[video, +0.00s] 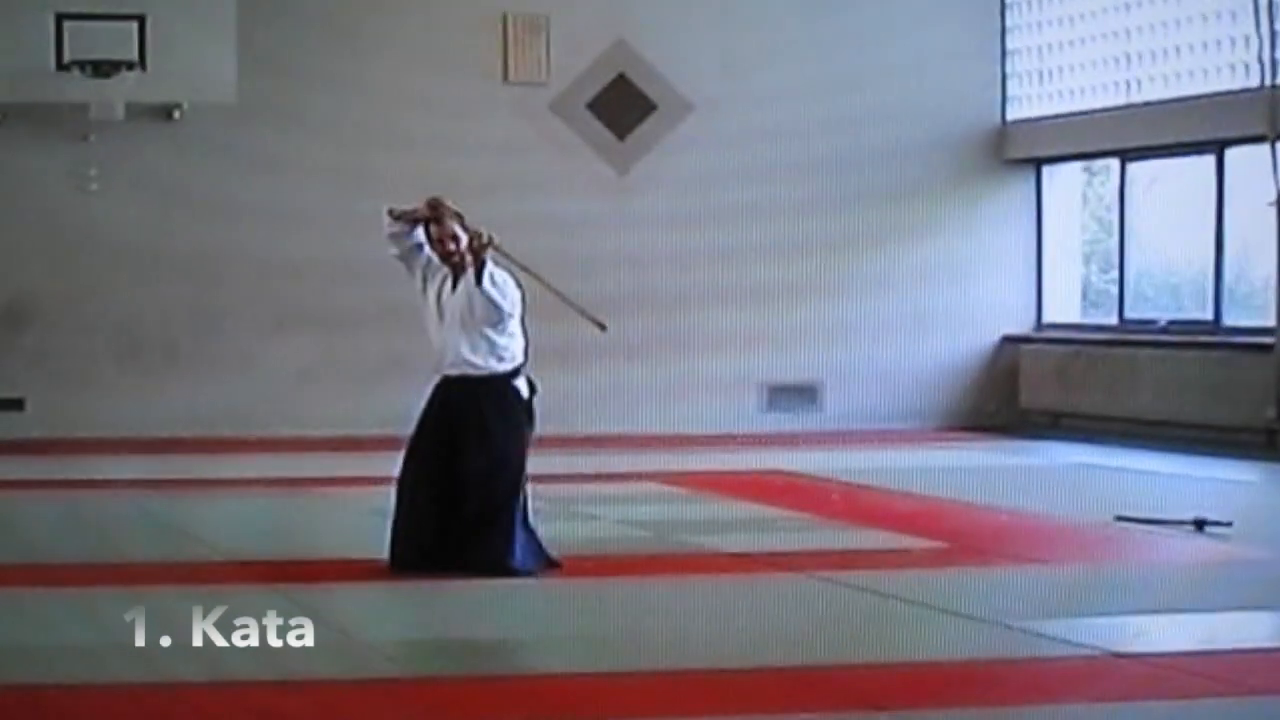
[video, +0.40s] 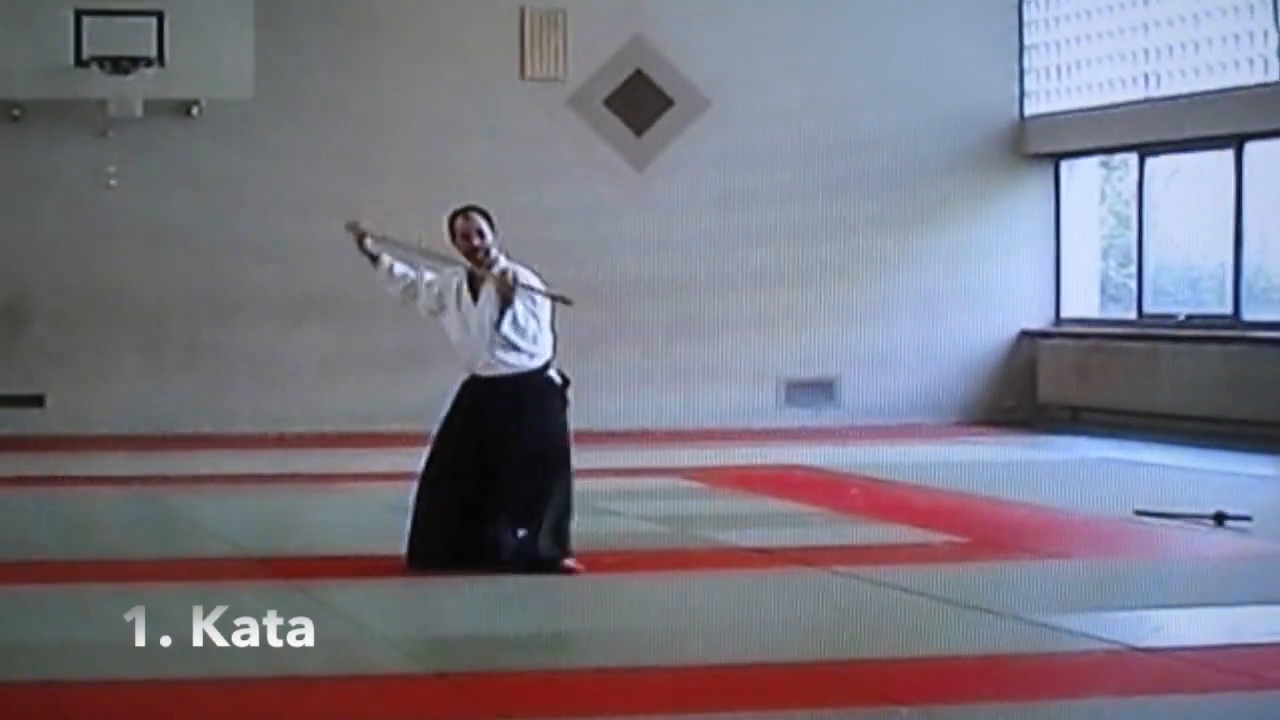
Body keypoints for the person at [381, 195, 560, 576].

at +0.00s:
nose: (447, 248)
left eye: (453, 238)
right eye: (439, 242)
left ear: (466, 237)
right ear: (431, 246)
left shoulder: (495, 278)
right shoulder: (434, 277)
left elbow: (501, 310)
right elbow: (404, 244)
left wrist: (480, 267)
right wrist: (413, 220)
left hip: (497, 387)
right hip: (452, 384)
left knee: (491, 475)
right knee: (424, 470)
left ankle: (494, 556)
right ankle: (424, 554)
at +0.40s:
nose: (474, 243)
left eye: (479, 233)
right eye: (464, 238)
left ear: (494, 234)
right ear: (456, 246)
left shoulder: (523, 279)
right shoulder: (453, 287)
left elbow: (537, 339)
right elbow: (411, 281)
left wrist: (510, 297)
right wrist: (375, 255)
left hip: (531, 388)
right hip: (482, 387)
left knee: (538, 470)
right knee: (451, 466)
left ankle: (545, 551)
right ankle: (442, 551)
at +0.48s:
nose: (484, 242)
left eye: (489, 234)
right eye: (474, 237)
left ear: (502, 236)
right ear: (466, 245)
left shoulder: (529, 281)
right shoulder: (462, 287)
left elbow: (543, 297)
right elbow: (421, 298)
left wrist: (508, 285)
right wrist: (378, 279)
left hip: (537, 390)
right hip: (487, 389)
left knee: (558, 470)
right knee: (454, 470)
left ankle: (577, 549)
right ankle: (437, 554)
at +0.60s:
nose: (509, 245)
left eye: (515, 236)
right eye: (499, 239)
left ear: (528, 238)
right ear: (490, 246)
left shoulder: (556, 289)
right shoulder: (481, 290)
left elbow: (572, 351)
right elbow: (457, 335)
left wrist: (545, 338)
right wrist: (410, 330)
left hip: (553, 395)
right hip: (503, 393)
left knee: (574, 476)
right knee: (471, 470)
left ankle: (602, 551)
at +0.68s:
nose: (524, 247)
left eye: (530, 238)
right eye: (515, 241)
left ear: (544, 241)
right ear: (506, 247)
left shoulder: (571, 289)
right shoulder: (499, 289)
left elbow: (583, 346)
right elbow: (479, 343)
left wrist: (556, 346)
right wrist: (434, 352)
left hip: (566, 398)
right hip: (516, 395)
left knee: (583, 480)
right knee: (483, 470)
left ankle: (604, 555)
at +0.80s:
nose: (555, 246)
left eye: (561, 238)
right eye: (546, 239)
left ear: (574, 241)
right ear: (536, 245)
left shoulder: (600, 288)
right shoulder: (530, 288)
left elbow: (617, 353)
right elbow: (520, 349)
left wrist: (585, 369)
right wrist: (493, 383)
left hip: (600, 399)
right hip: (547, 395)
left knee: (610, 479)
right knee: (509, 472)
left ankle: (617, 557)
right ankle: (478, 559)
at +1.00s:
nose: (592, 235)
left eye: (599, 227)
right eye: (584, 228)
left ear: (611, 230)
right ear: (572, 233)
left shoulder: (633, 279)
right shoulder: (555, 279)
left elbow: (647, 338)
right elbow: (538, 335)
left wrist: (616, 368)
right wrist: (561, 373)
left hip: (621, 385)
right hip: (573, 384)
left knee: (623, 471)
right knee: (558, 468)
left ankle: (626, 557)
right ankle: (541, 551)